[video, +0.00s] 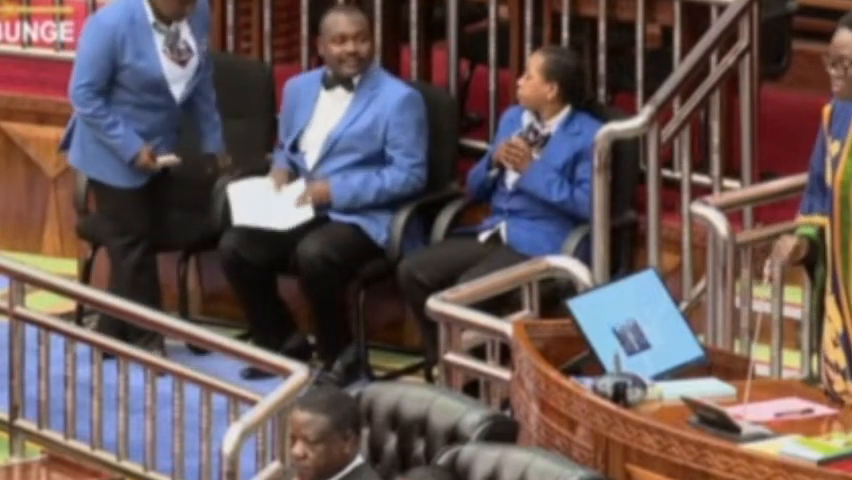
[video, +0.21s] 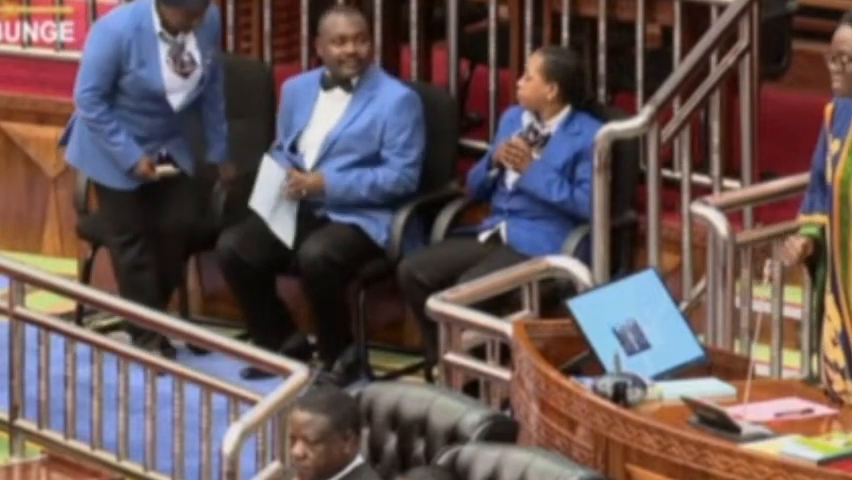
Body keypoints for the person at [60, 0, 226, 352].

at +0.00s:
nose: (185, 12)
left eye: (189, 7)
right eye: (179, 7)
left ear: (193, 3)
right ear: (158, 0)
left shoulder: (198, 15)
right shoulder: (111, 23)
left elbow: (202, 82)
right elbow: (84, 96)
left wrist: (214, 144)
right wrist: (133, 148)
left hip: (162, 150)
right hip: (112, 149)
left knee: (141, 244)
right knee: (134, 245)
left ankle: (112, 331)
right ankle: (147, 336)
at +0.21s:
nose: (195, 23)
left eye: (200, 15)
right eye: (188, 15)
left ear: (205, 8)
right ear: (163, 6)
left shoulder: (208, 22)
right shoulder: (116, 30)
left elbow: (212, 90)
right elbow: (88, 100)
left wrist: (219, 155)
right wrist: (132, 157)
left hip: (172, 143)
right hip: (115, 144)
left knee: (179, 227)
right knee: (132, 241)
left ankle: (150, 321)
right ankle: (146, 335)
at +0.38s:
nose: (197, 34)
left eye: (203, 26)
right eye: (190, 27)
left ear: (209, 13)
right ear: (167, 14)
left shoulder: (217, 30)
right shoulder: (119, 34)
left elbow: (218, 98)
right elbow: (87, 100)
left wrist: (220, 163)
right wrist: (126, 158)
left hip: (172, 145)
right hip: (117, 147)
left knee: (171, 239)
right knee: (129, 245)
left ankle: (180, 334)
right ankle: (144, 337)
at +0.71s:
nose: (208, 48)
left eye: (213, 40)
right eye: (201, 42)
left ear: (219, 30)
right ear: (176, 31)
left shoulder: (226, 46)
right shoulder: (125, 42)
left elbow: (228, 110)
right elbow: (92, 105)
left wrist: (226, 171)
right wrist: (122, 167)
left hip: (182, 150)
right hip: (127, 151)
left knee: (173, 242)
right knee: (128, 243)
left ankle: (175, 333)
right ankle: (142, 333)